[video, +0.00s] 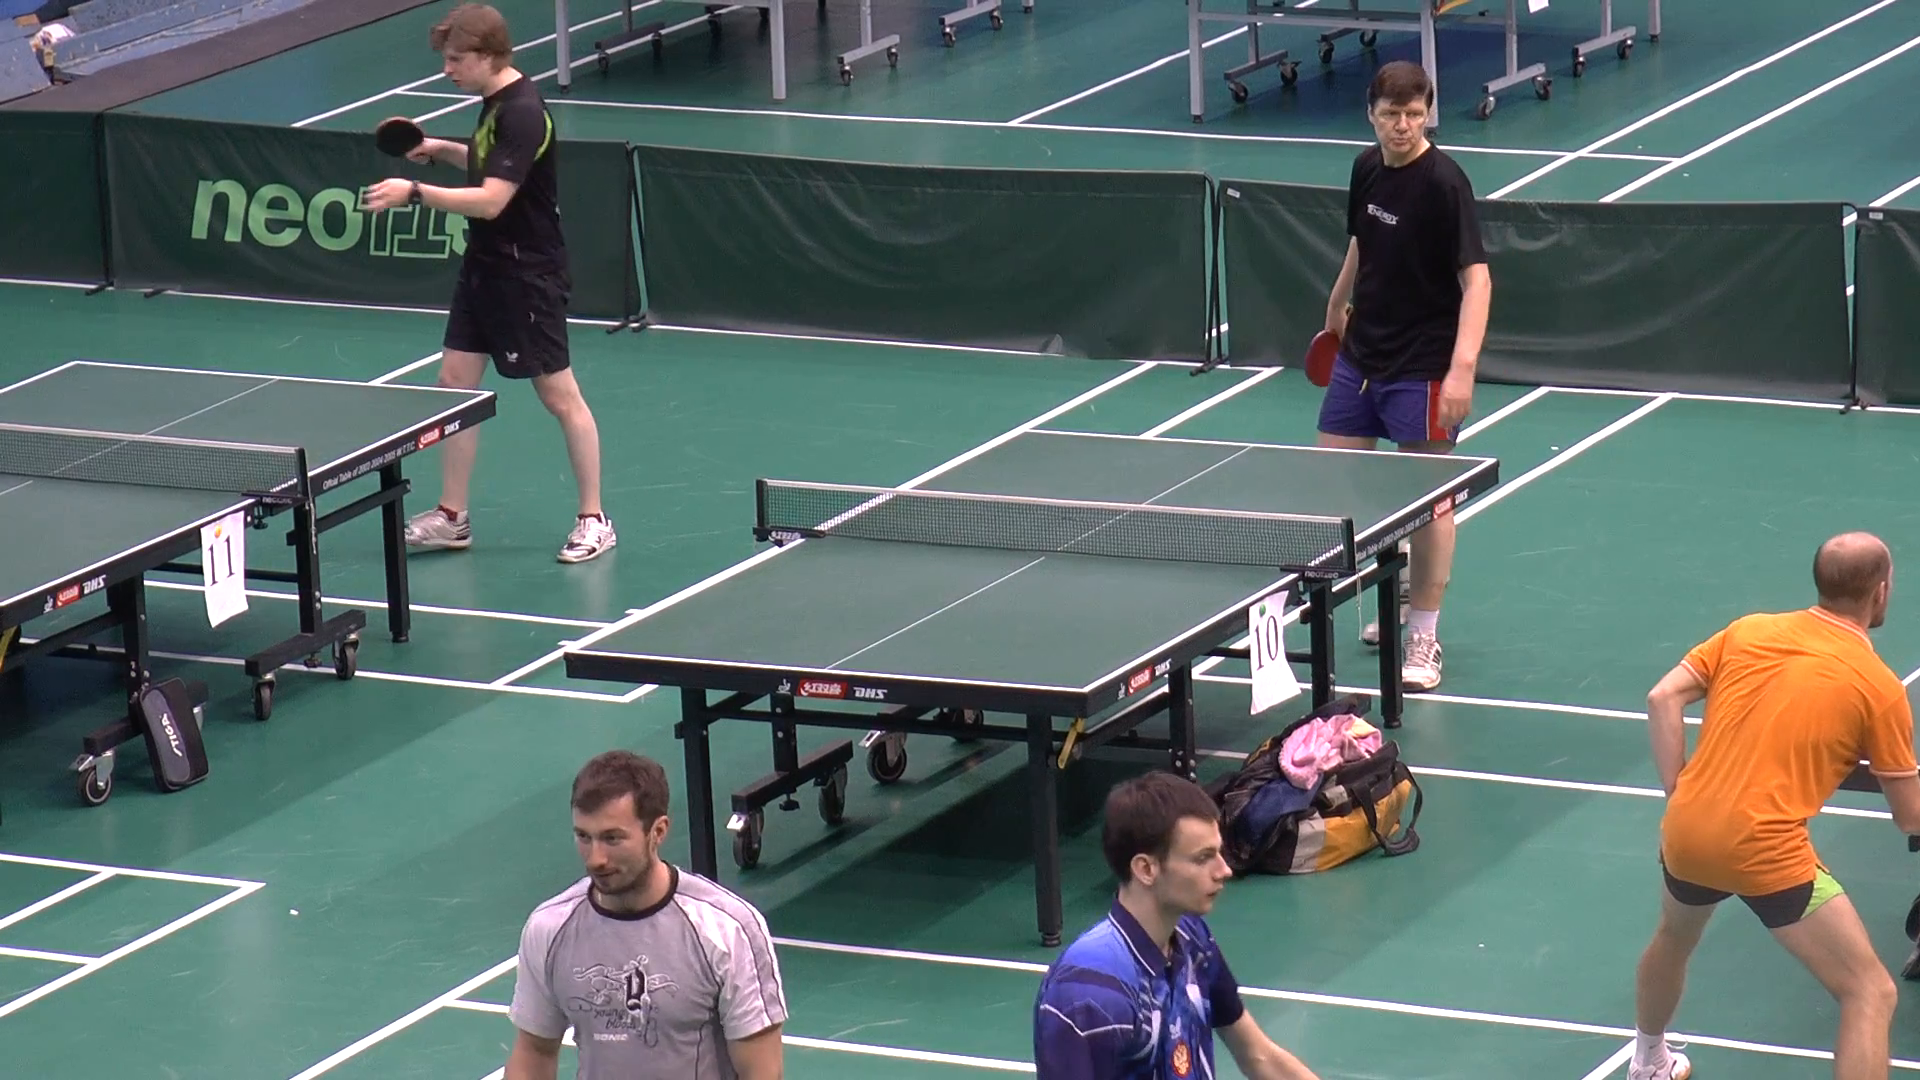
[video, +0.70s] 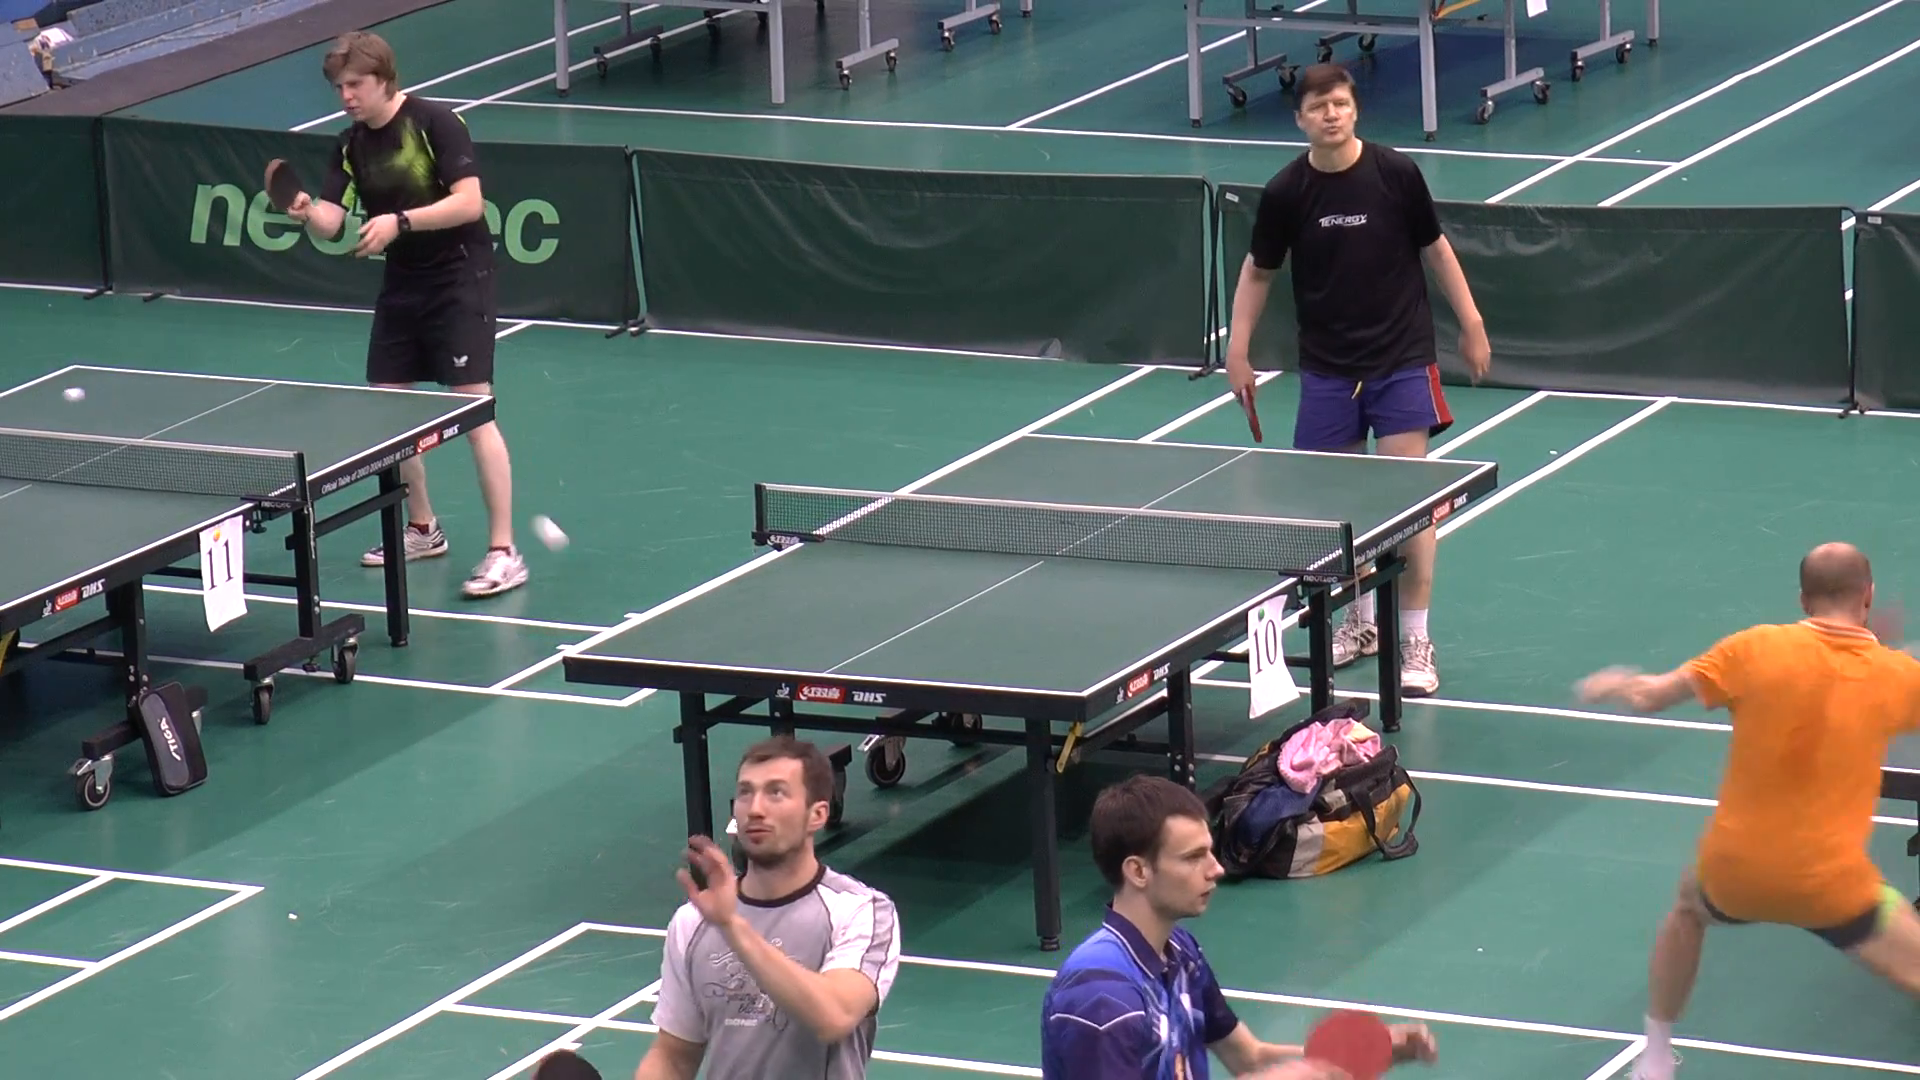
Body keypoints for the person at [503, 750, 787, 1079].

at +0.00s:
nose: (595, 859)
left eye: (613, 838)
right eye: (583, 837)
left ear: (658, 833)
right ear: (574, 830)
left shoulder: (732, 930)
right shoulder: (548, 930)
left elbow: (761, 1073)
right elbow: (535, 1050)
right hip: (597, 1072)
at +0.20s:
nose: (621, 842)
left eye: (641, 823)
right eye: (612, 822)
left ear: (687, 830)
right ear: (603, 824)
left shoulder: (756, 929)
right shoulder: (568, 931)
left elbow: (787, 1065)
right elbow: (540, 1053)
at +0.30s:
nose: (651, 829)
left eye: (672, 812)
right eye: (644, 811)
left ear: (717, 826)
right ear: (634, 817)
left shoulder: (780, 930)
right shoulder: (593, 930)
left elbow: (801, 1065)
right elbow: (560, 1054)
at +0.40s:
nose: (684, 824)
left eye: (706, 807)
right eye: (676, 807)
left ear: (750, 825)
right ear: (666, 816)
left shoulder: (806, 927)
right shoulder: (627, 930)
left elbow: (809, 1063)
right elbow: (592, 1054)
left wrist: (673, 1048)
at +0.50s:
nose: (712, 817)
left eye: (734, 801)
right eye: (704, 802)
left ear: (777, 822)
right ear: (693, 814)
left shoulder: (830, 919)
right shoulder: (660, 925)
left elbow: (819, 1049)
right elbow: (631, 1058)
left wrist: (694, 997)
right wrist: (580, 1078)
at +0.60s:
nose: (735, 813)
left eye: (757, 797)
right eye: (727, 797)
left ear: (800, 818)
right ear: (717, 808)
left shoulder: (851, 915)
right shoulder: (684, 922)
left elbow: (829, 1029)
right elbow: (663, 1057)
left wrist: (716, 955)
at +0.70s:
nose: (755, 810)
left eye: (777, 793)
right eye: (745, 794)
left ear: (817, 815)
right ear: (733, 810)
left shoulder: (866, 913)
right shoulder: (693, 922)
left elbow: (833, 1017)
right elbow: (673, 1054)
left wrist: (731, 923)